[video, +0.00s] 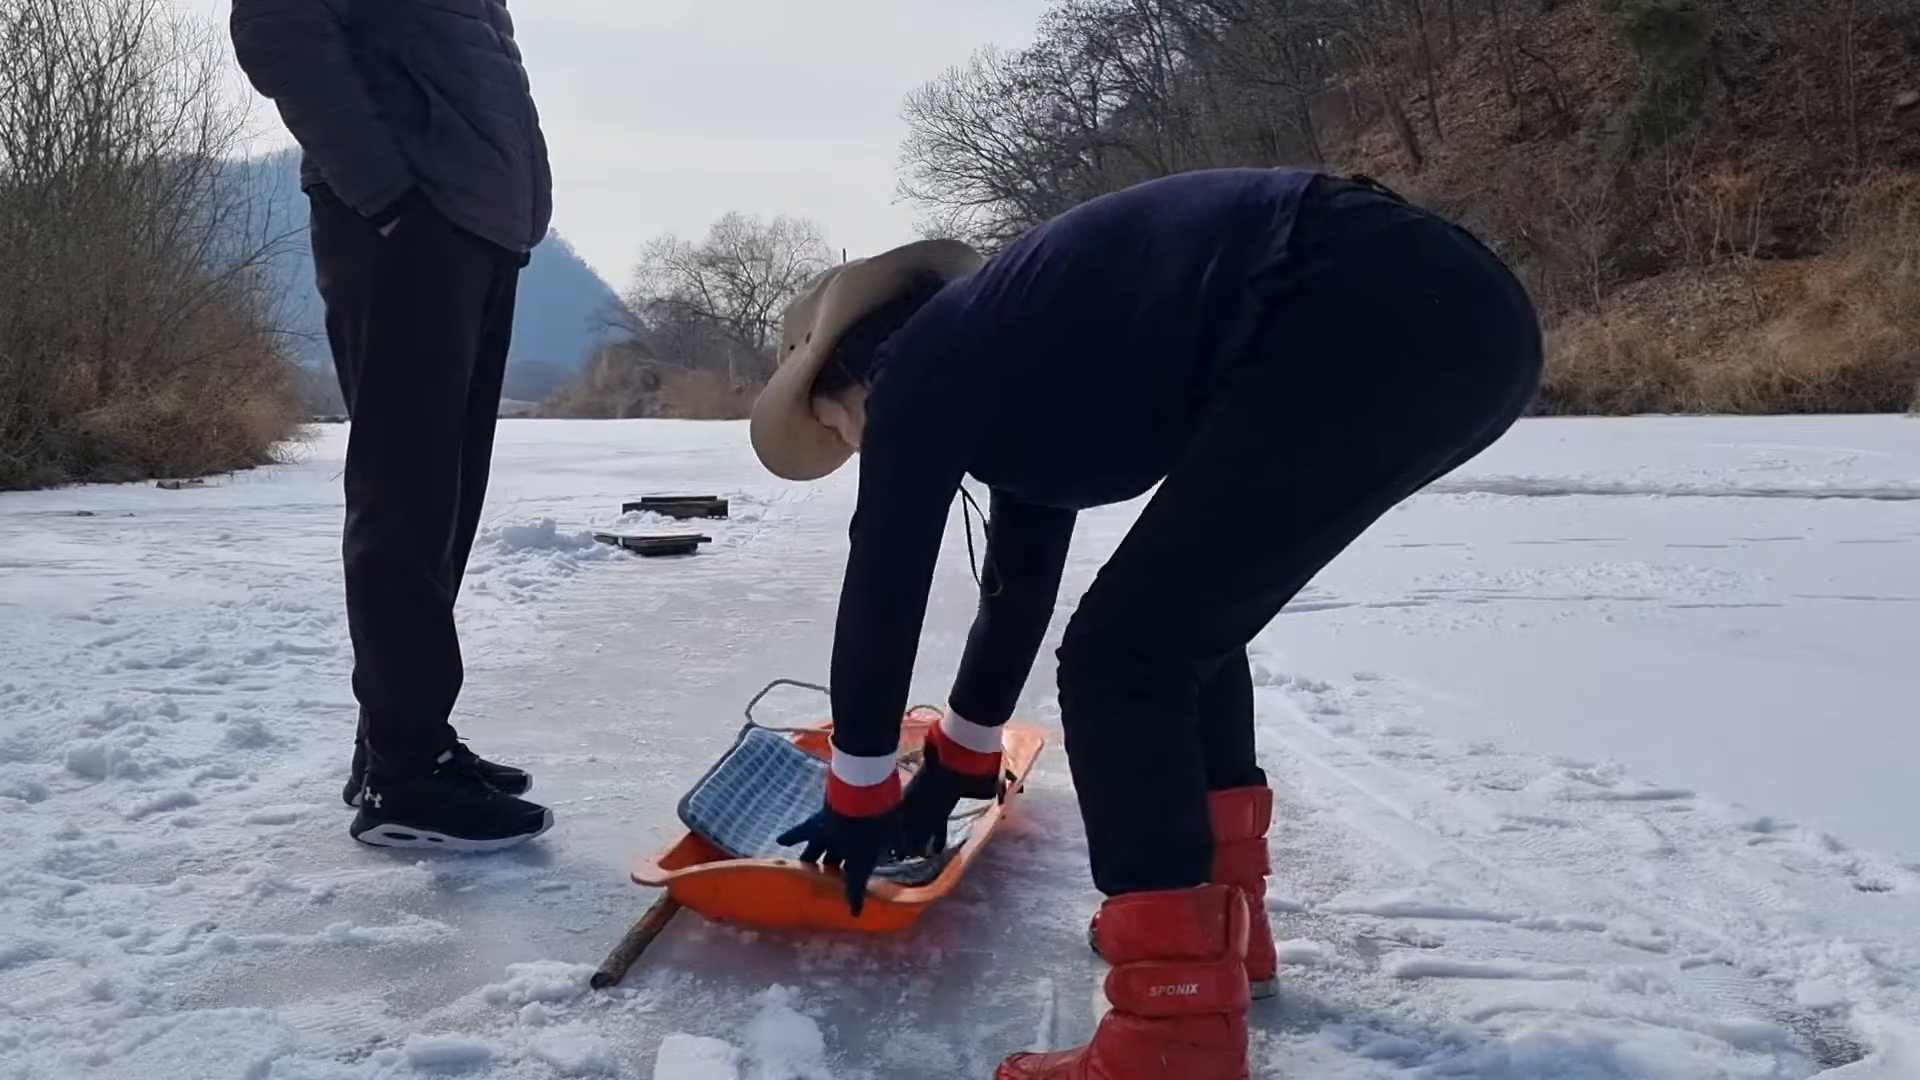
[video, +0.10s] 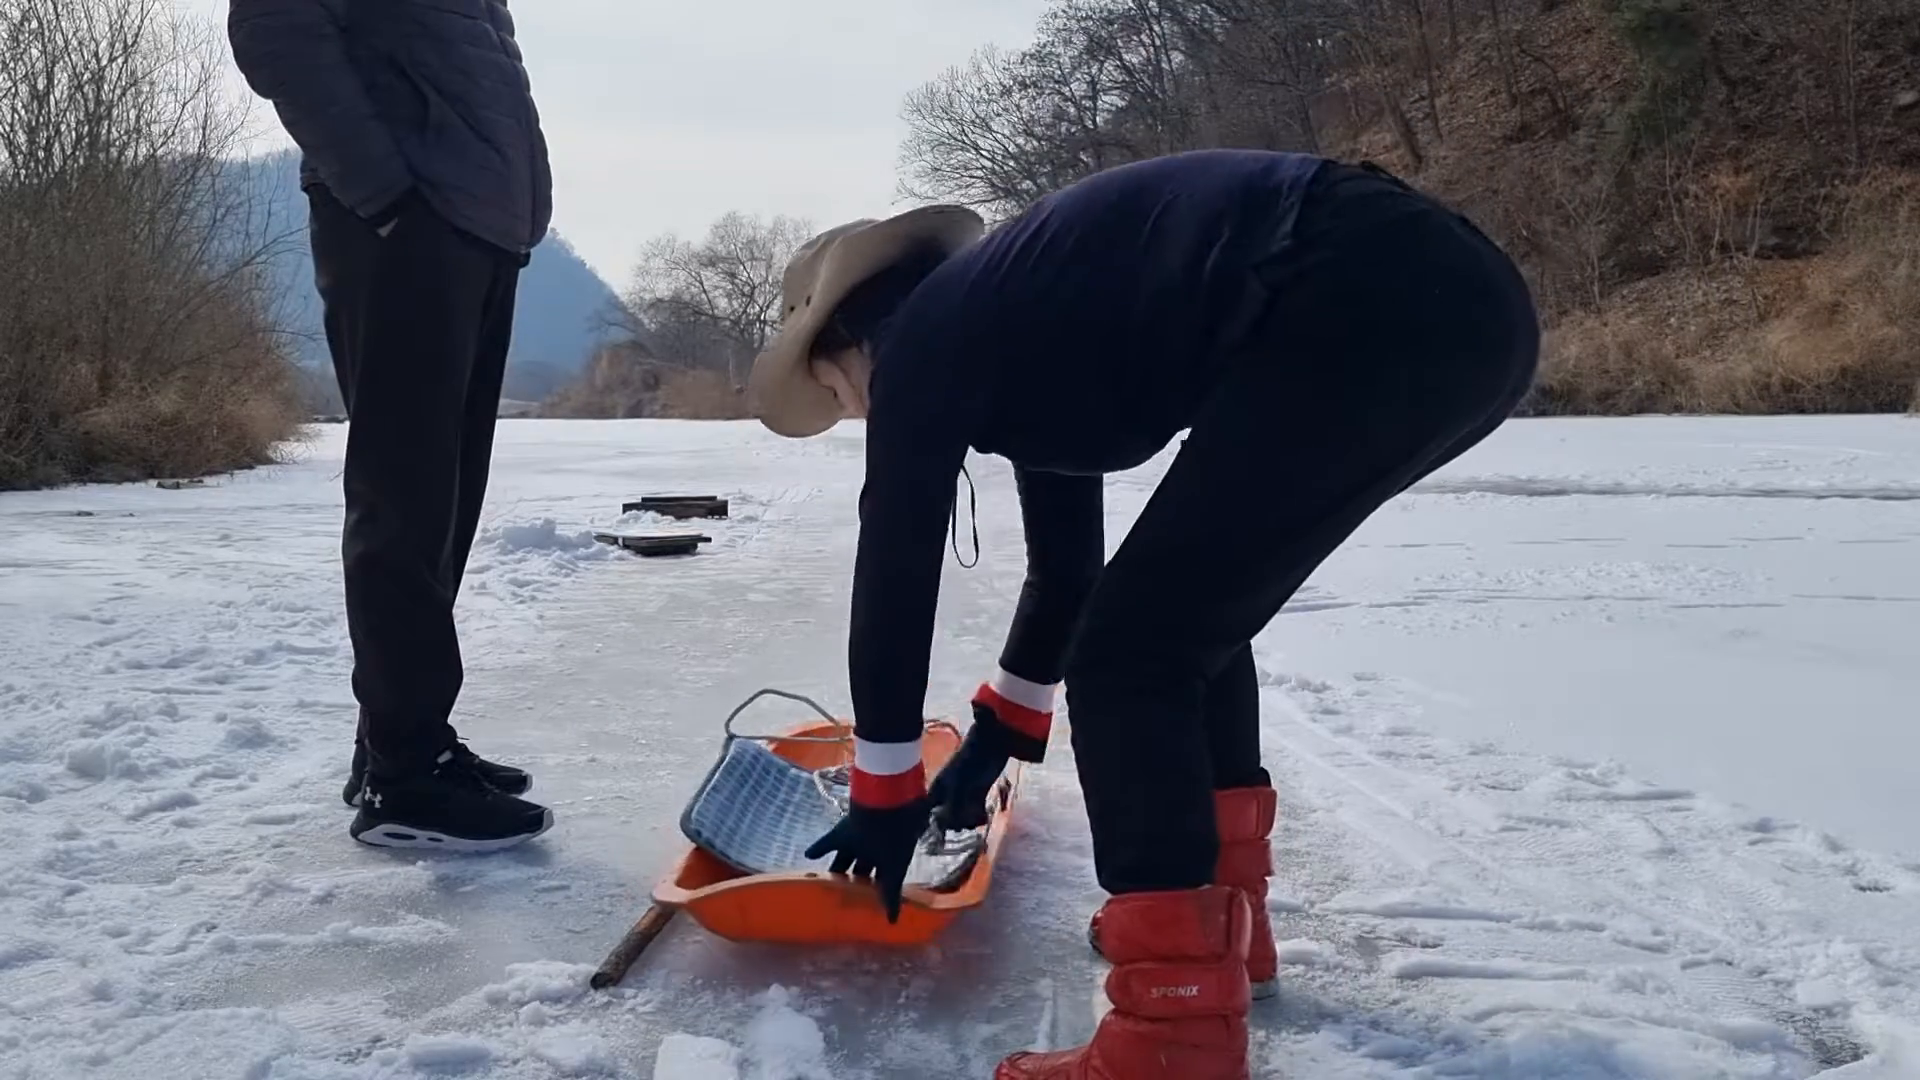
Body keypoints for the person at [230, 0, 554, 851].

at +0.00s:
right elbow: (274, 26)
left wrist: (506, 185)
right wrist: (383, 188)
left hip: (477, 219)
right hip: (402, 211)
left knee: (443, 494)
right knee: (403, 493)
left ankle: (416, 747)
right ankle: (401, 771)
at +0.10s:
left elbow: (475, 38)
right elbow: (273, 29)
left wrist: (511, 185)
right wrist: (383, 191)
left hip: (479, 221)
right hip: (402, 213)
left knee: (442, 496)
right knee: (401, 496)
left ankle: (420, 747)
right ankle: (399, 772)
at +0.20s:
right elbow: (271, 31)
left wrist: (504, 186)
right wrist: (381, 191)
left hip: (479, 223)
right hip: (402, 215)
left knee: (443, 497)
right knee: (402, 496)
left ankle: (416, 746)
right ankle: (400, 770)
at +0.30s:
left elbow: (480, 39)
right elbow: (268, 30)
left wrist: (512, 185)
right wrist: (381, 192)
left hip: (482, 225)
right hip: (402, 216)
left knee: (444, 497)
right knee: (401, 497)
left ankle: (414, 746)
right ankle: (401, 771)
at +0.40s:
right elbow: (267, 32)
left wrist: (511, 190)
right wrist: (379, 192)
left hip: (483, 224)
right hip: (404, 217)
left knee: (444, 498)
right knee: (401, 497)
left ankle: (414, 747)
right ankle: (401, 771)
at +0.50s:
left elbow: (486, 43)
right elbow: (265, 32)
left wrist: (517, 190)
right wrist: (379, 193)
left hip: (485, 228)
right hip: (404, 219)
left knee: (445, 499)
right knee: (402, 498)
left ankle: (414, 746)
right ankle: (401, 771)